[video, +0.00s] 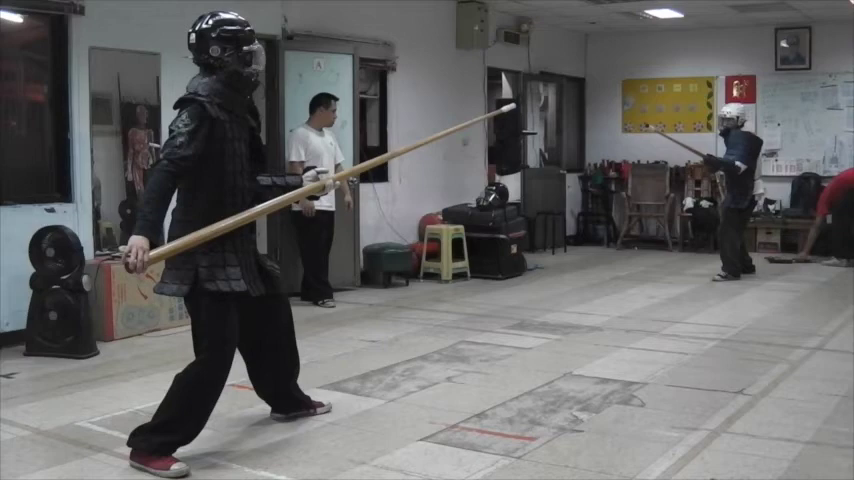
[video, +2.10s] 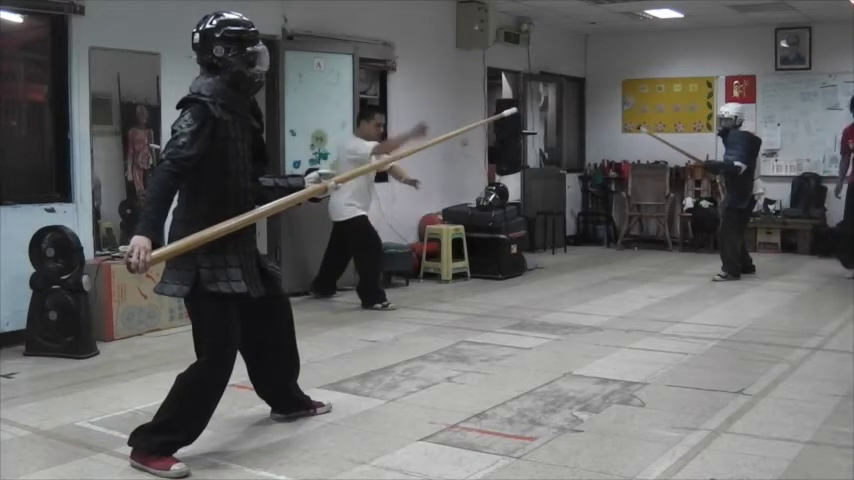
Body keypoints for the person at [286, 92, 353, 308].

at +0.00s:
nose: (335, 115)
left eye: (335, 111)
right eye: (332, 111)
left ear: (322, 112)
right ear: (319, 111)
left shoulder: (329, 136)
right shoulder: (300, 134)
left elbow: (338, 168)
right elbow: (294, 170)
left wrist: (346, 191)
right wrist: (302, 197)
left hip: (327, 203)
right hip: (308, 204)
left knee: (322, 250)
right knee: (313, 250)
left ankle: (312, 290)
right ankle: (321, 293)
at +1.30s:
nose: (341, 115)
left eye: (342, 111)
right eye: (337, 111)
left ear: (339, 112)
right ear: (323, 111)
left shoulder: (337, 137)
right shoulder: (310, 136)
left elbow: (345, 168)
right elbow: (304, 170)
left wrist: (353, 195)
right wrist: (307, 198)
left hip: (335, 201)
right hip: (319, 202)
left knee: (322, 249)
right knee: (333, 247)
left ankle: (311, 291)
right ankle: (347, 289)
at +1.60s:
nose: (362, 121)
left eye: (364, 117)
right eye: (358, 116)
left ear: (362, 119)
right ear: (344, 117)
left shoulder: (356, 141)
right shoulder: (331, 142)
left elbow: (367, 169)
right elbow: (327, 178)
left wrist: (384, 190)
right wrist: (323, 210)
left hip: (352, 207)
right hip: (338, 207)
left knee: (330, 252)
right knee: (355, 252)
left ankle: (312, 291)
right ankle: (369, 298)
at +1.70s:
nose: (373, 123)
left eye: (374, 119)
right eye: (369, 118)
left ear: (361, 120)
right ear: (355, 118)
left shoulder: (365, 142)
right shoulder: (343, 143)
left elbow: (383, 166)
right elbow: (339, 182)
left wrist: (406, 181)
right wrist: (339, 216)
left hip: (354, 207)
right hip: (344, 209)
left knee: (336, 254)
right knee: (362, 250)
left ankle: (315, 288)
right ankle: (371, 298)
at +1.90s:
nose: (382, 128)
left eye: (383, 123)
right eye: (379, 123)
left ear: (372, 124)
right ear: (365, 122)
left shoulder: (373, 143)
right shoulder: (355, 145)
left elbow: (397, 154)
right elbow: (365, 183)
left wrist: (404, 133)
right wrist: (381, 215)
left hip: (352, 205)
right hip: (346, 206)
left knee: (340, 252)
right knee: (369, 248)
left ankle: (323, 288)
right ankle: (372, 298)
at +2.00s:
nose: (383, 129)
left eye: (383, 125)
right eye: (379, 124)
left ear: (372, 124)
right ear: (364, 123)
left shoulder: (375, 144)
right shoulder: (352, 145)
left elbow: (396, 161)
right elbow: (378, 171)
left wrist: (404, 152)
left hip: (359, 206)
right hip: (345, 206)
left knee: (340, 250)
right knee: (370, 245)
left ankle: (323, 287)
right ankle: (371, 298)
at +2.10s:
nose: (381, 130)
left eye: (382, 126)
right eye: (377, 125)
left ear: (368, 127)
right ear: (362, 124)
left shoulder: (371, 150)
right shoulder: (351, 145)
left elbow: (389, 165)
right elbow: (381, 148)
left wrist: (405, 178)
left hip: (356, 208)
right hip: (345, 208)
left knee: (338, 251)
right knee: (371, 246)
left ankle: (322, 288)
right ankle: (372, 299)